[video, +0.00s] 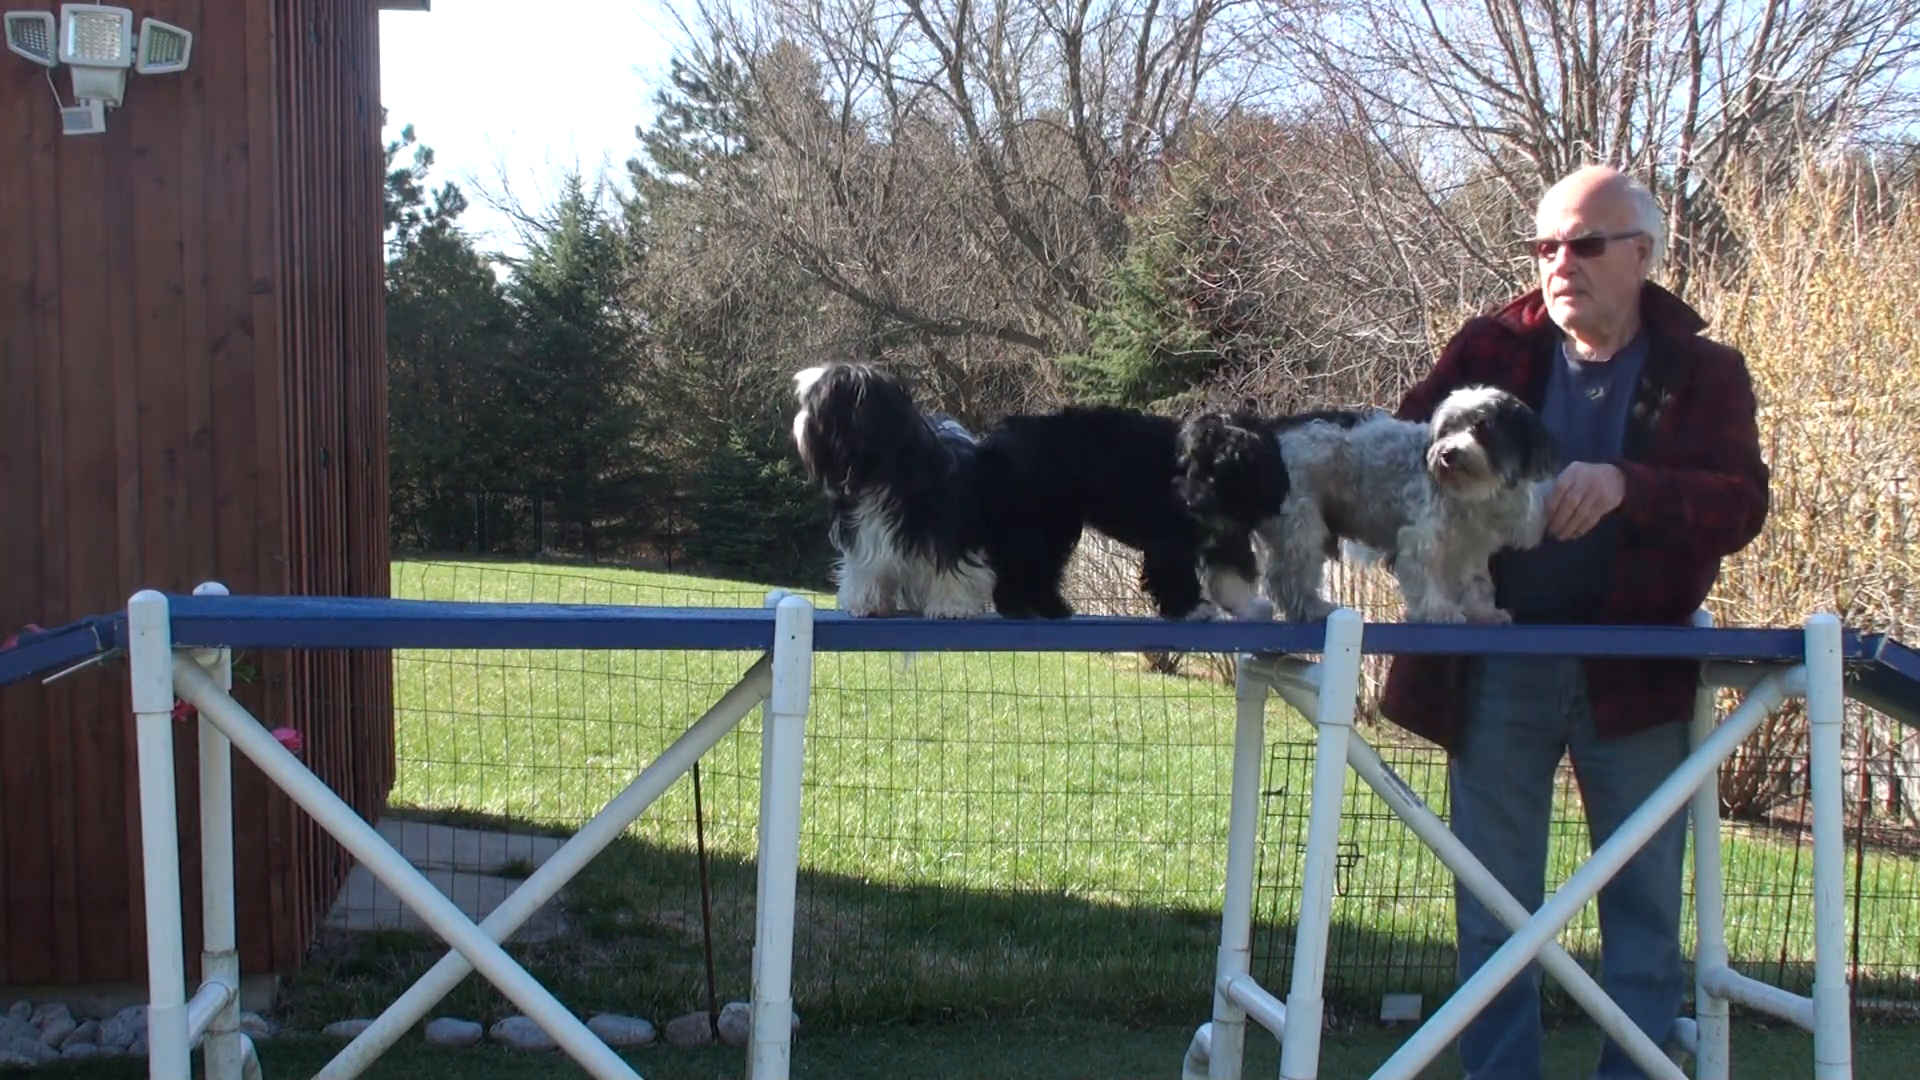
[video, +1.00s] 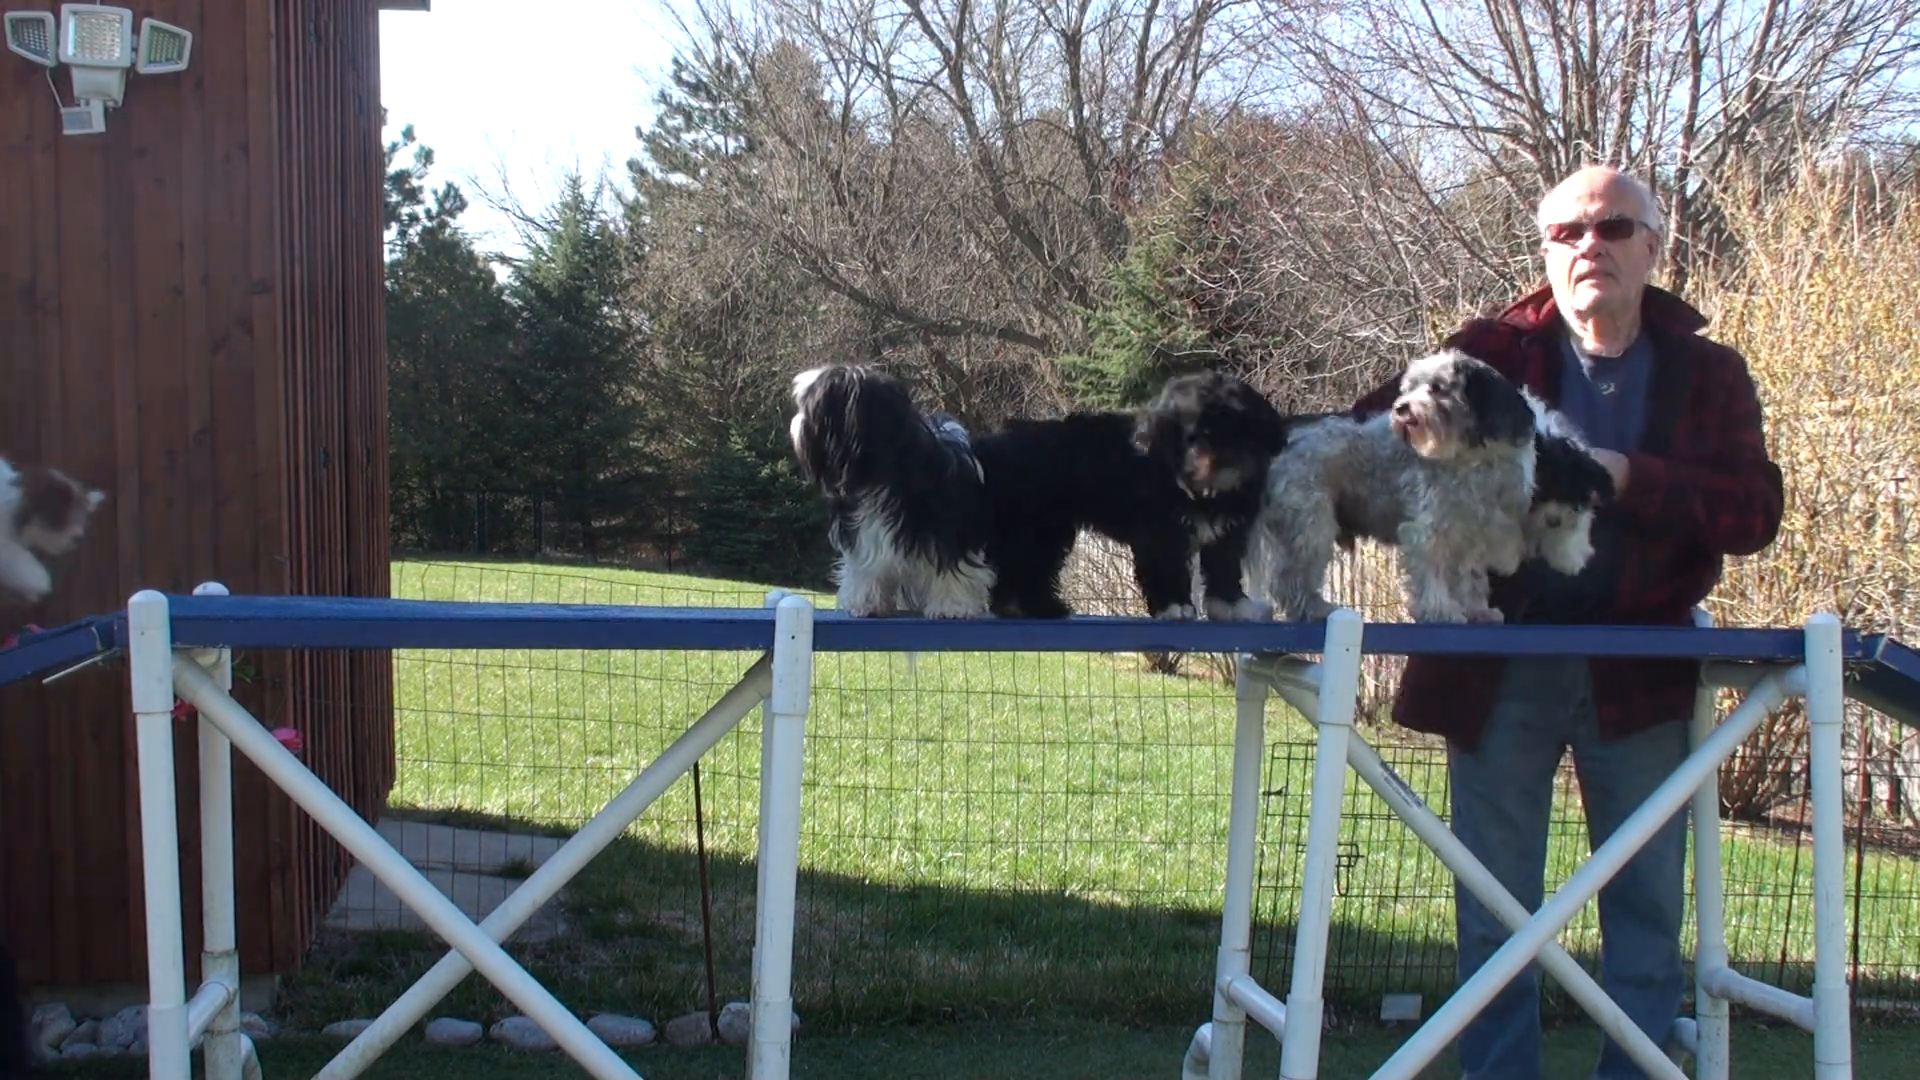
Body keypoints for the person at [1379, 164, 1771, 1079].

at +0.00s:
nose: (1560, 263)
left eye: (1585, 244)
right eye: (1546, 246)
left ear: (1644, 253)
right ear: (1533, 259)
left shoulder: (1705, 372)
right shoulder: (1487, 350)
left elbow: (1739, 502)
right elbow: (1397, 457)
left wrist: (1626, 483)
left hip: (1635, 667)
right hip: (1496, 661)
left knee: (1644, 911)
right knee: (1491, 909)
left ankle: (1638, 1072)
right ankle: (1497, 1065)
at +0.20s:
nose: (1558, 261)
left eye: (1583, 243)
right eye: (1544, 245)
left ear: (1642, 252)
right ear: (1531, 258)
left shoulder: (1707, 374)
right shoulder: (1488, 350)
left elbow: (1742, 512)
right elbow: (1413, 441)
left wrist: (1628, 489)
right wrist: (1428, 443)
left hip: (1637, 663)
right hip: (1497, 659)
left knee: (1643, 907)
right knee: (1492, 905)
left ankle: (1638, 1071)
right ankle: (1497, 1065)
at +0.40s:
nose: (1563, 258)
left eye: (1589, 240)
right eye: (1549, 243)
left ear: (1645, 252)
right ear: (1535, 257)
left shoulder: (1708, 375)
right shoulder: (1489, 349)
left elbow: (1745, 513)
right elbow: (1405, 432)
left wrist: (1624, 490)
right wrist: (1398, 424)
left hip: (1638, 663)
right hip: (1498, 658)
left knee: (1644, 906)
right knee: (1491, 904)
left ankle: (1638, 1071)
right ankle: (1497, 1065)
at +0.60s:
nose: (1582, 253)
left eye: (1608, 235)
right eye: (1564, 237)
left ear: (1653, 250)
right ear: (1545, 253)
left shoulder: (1708, 375)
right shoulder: (1492, 348)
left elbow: (1746, 513)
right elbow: (1406, 434)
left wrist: (1617, 502)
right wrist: (1405, 417)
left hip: (1639, 660)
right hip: (1500, 656)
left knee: (1645, 903)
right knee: (1492, 901)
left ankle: (1638, 1070)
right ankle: (1497, 1065)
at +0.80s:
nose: (1594, 249)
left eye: (1618, 231)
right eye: (1575, 233)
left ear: (1657, 248)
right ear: (1550, 247)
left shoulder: (1708, 371)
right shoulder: (1492, 345)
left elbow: (1749, 512)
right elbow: (1391, 436)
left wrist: (1621, 497)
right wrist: (1402, 424)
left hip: (1639, 660)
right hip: (1499, 655)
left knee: (1645, 904)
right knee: (1493, 902)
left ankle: (1639, 1073)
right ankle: (1497, 1066)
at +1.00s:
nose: (1590, 246)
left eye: (1614, 229)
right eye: (1569, 232)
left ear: (1654, 244)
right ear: (1544, 250)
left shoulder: (1709, 371)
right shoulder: (1490, 351)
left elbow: (1753, 512)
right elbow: (1359, 425)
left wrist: (1624, 478)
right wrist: (1410, 436)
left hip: (1640, 665)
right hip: (1498, 660)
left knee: (1646, 906)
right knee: (1492, 905)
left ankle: (1639, 1071)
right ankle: (1496, 1065)